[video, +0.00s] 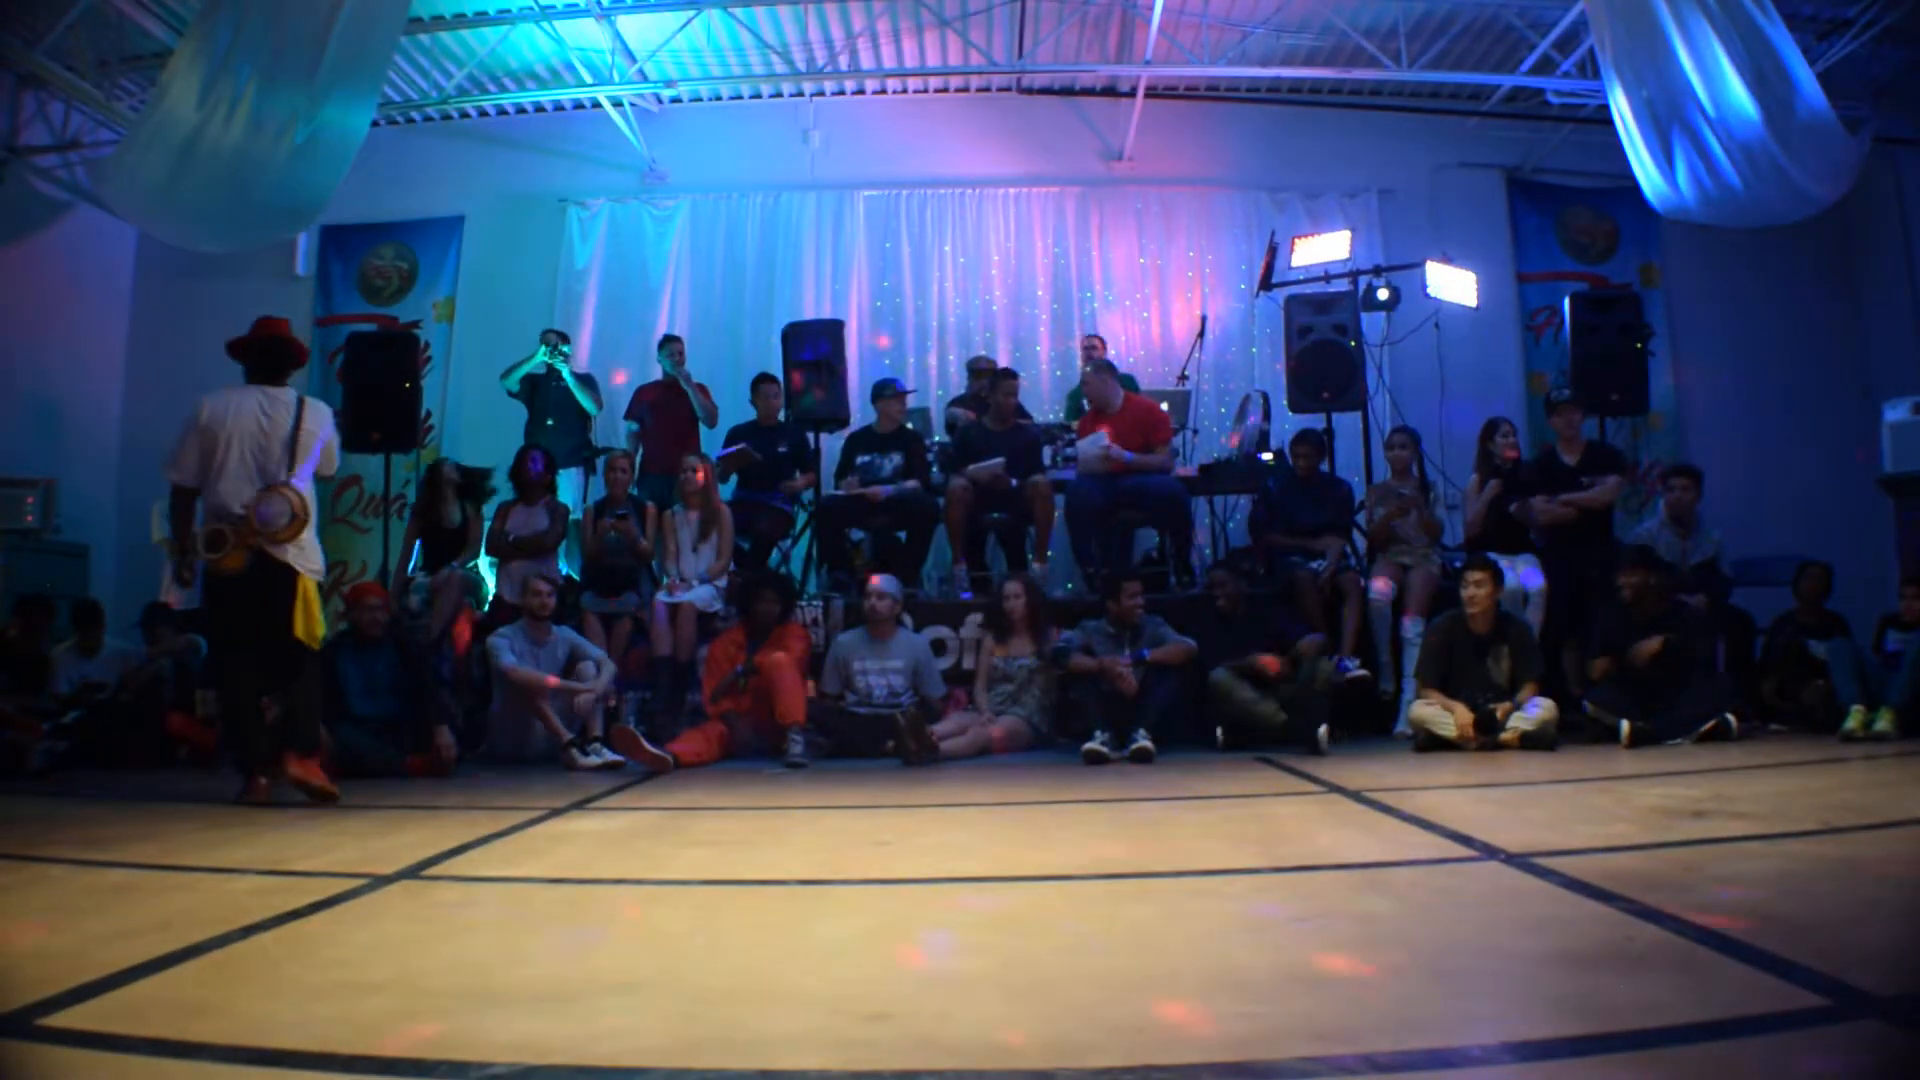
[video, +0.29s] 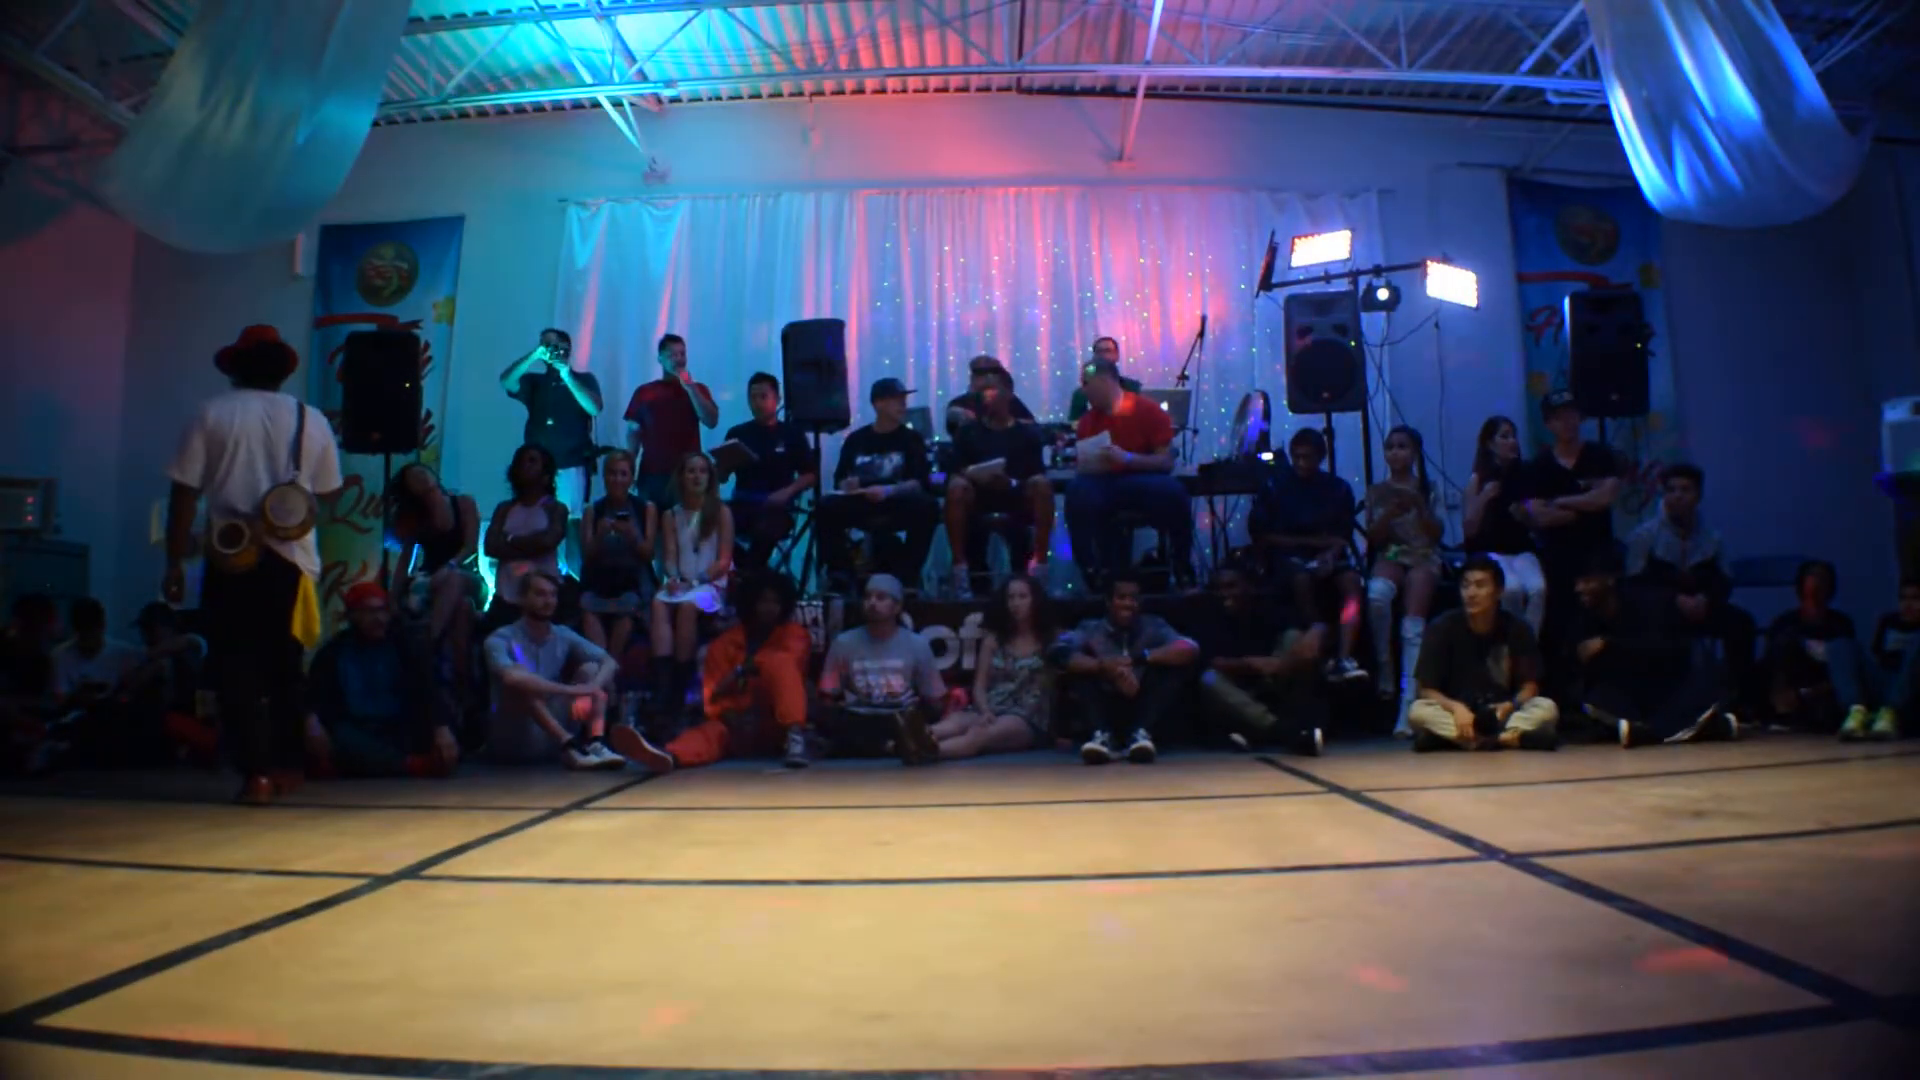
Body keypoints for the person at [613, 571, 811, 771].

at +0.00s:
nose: (767, 609)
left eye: (774, 603)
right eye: (761, 602)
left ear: (784, 607)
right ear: (748, 604)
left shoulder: (793, 634)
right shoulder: (725, 644)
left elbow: (786, 664)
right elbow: (713, 701)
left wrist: (750, 669)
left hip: (776, 718)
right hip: (739, 721)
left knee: (778, 660)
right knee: (709, 735)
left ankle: (794, 738)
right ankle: (670, 755)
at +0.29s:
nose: (769, 609)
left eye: (776, 603)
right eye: (763, 602)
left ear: (785, 607)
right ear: (749, 605)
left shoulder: (793, 633)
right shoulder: (724, 645)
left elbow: (787, 663)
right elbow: (713, 705)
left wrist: (754, 665)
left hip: (775, 719)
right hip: (736, 722)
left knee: (779, 661)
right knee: (711, 734)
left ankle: (795, 737)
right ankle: (670, 756)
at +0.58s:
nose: (768, 609)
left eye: (775, 603)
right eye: (762, 602)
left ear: (784, 607)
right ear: (749, 604)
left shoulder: (793, 634)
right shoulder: (724, 645)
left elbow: (790, 666)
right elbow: (714, 703)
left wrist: (756, 665)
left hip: (775, 718)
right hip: (738, 721)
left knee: (779, 661)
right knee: (711, 733)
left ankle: (794, 738)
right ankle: (671, 756)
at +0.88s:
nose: (769, 609)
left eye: (775, 603)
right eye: (762, 602)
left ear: (784, 607)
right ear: (749, 605)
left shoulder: (793, 634)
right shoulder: (723, 645)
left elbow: (788, 663)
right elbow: (713, 706)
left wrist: (753, 666)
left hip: (775, 718)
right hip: (738, 722)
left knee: (779, 661)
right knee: (710, 734)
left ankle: (794, 737)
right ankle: (670, 756)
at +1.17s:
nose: (769, 609)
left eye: (775, 603)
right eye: (763, 602)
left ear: (784, 607)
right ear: (749, 605)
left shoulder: (793, 634)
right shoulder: (724, 645)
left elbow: (785, 661)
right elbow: (713, 704)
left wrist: (751, 667)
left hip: (774, 715)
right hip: (737, 720)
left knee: (779, 661)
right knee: (710, 735)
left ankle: (794, 738)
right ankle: (671, 756)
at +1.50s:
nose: (767, 609)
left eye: (773, 603)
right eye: (761, 602)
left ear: (783, 606)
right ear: (749, 604)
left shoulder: (793, 633)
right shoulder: (723, 646)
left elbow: (791, 665)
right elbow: (713, 703)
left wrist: (755, 665)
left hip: (774, 717)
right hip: (737, 721)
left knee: (780, 661)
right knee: (710, 735)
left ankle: (795, 737)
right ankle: (670, 755)